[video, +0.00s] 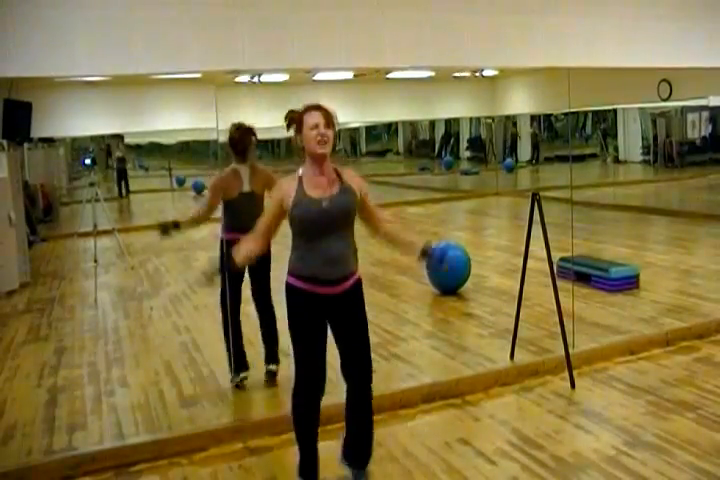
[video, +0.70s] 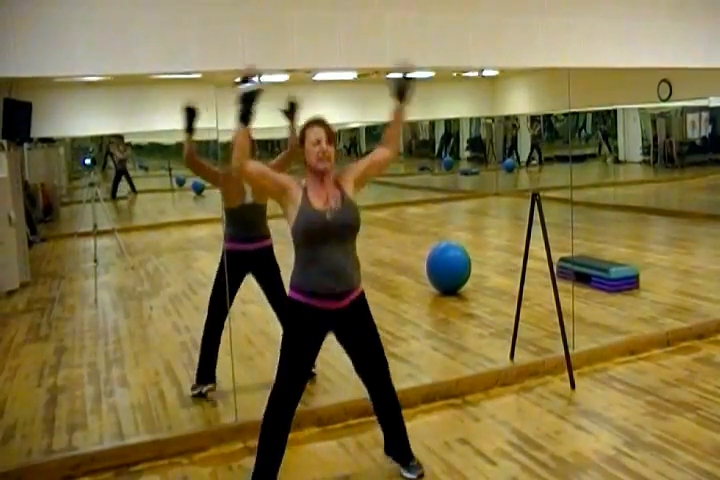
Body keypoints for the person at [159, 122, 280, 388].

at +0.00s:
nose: (250, 148)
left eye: (242, 144)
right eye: (251, 143)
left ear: (229, 147)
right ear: (252, 145)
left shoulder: (223, 180)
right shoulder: (265, 176)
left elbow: (205, 213)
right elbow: (284, 201)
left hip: (231, 245)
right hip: (260, 242)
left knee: (230, 306)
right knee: (264, 302)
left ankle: (238, 368)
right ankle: (272, 360)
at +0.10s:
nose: (239, 162)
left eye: (233, 158)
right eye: (245, 157)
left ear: (230, 160)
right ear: (251, 159)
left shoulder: (226, 193)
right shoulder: (264, 189)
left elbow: (223, 235)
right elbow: (273, 226)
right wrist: (277, 254)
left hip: (235, 259)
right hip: (261, 257)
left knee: (234, 316)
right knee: (259, 312)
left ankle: (245, 373)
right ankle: (265, 370)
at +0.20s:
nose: (242, 152)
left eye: (236, 148)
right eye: (245, 147)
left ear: (230, 152)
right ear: (252, 150)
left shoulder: (226, 185)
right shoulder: (265, 182)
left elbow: (218, 226)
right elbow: (276, 216)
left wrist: (200, 253)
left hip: (234, 251)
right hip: (261, 249)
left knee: (232, 309)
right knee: (264, 306)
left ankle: (242, 371)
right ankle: (267, 369)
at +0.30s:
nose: (240, 139)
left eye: (235, 134)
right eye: (246, 134)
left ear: (231, 138)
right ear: (254, 137)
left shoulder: (223, 170)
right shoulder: (268, 166)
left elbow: (201, 201)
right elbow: (282, 197)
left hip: (232, 241)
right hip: (261, 240)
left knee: (229, 302)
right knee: (268, 298)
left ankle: (233, 365)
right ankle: (274, 358)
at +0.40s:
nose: (251, 140)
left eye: (243, 134)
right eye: (252, 135)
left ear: (232, 140)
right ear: (254, 138)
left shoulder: (225, 168)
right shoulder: (267, 163)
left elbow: (188, 175)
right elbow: (298, 155)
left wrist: (172, 162)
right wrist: (309, 127)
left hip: (233, 237)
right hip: (261, 236)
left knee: (223, 300)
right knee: (276, 298)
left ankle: (220, 364)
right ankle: (292, 359)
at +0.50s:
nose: (238, 152)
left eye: (237, 147)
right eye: (241, 147)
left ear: (233, 152)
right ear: (255, 153)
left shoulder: (226, 179)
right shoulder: (267, 175)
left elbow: (193, 160)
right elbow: (289, 146)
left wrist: (196, 127)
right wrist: (279, 115)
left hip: (236, 257)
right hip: (264, 255)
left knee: (215, 316)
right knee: (285, 310)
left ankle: (207, 380)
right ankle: (304, 368)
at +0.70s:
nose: (239, 151)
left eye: (239, 147)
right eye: (243, 146)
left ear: (230, 152)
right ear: (254, 152)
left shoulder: (223, 176)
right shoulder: (265, 173)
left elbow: (190, 160)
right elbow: (292, 151)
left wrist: (189, 129)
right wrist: (292, 120)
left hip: (234, 254)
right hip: (262, 252)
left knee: (215, 316)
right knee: (284, 308)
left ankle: (205, 380)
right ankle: (304, 365)